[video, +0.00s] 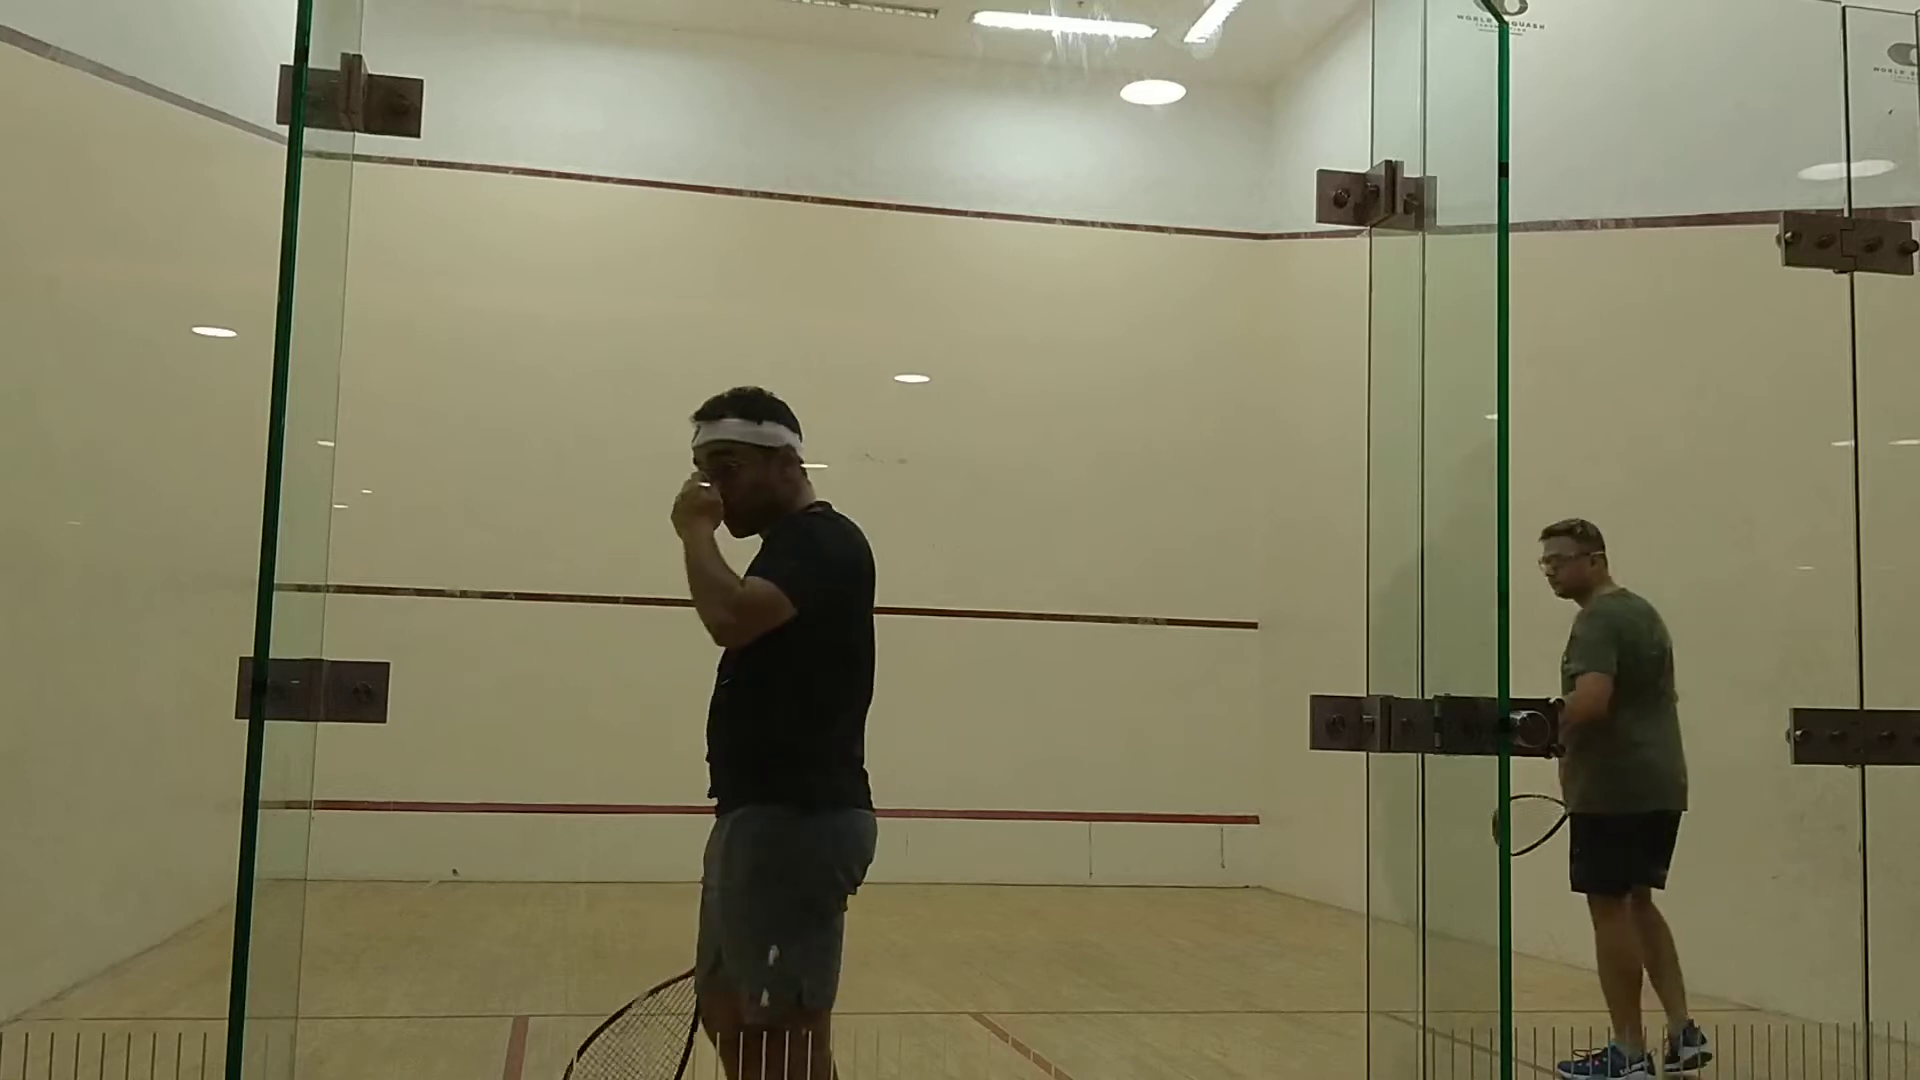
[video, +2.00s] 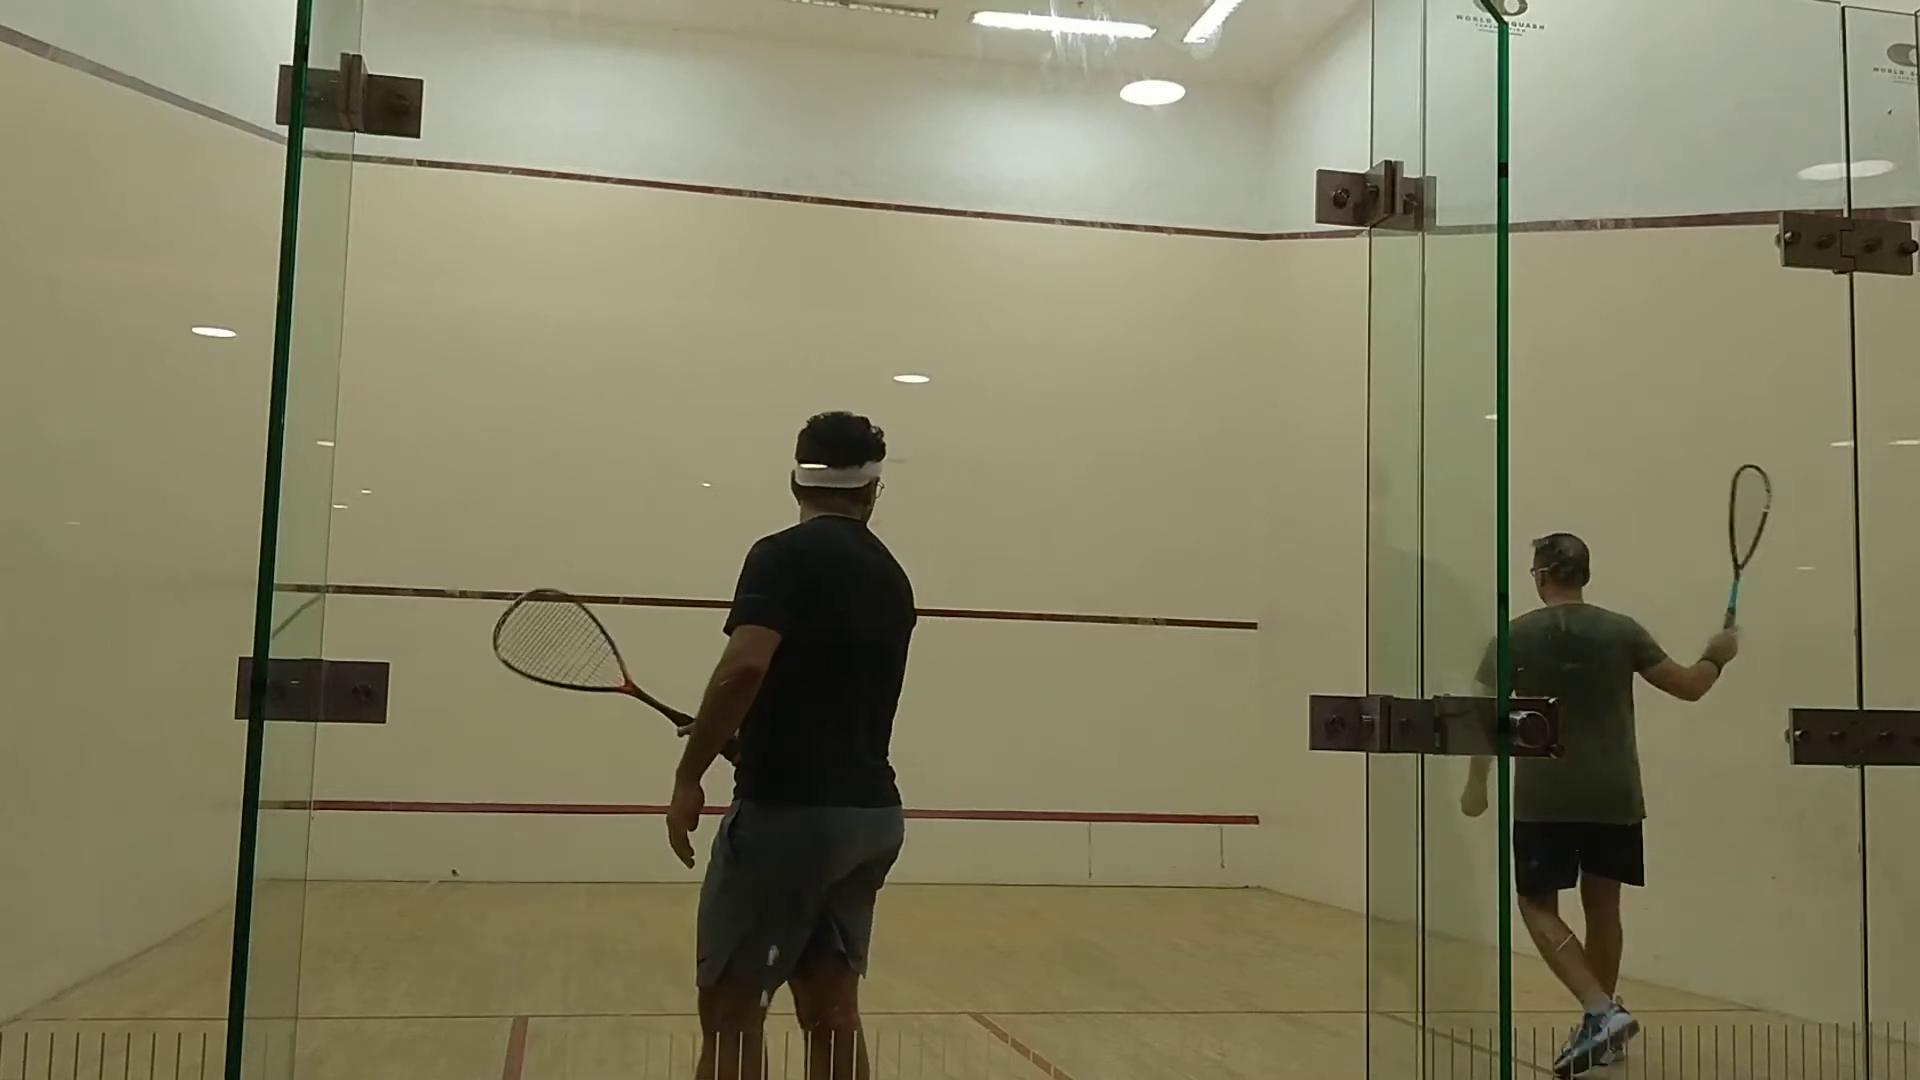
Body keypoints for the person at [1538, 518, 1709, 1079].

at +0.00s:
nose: (1548, 570)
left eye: (1557, 560)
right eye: (1546, 562)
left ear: (1593, 560)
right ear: (1598, 565)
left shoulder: (1599, 618)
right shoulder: (1640, 612)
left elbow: (1591, 700)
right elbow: (1648, 702)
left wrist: (1556, 724)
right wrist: (1572, 733)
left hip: (1611, 797)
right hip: (1656, 791)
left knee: (1609, 911)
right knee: (1638, 903)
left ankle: (1629, 1052)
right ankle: (1684, 1033)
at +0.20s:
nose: (1527, 587)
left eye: (1531, 574)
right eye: (1524, 577)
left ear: (1562, 563)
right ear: (1572, 562)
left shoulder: (1578, 624)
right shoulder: (1635, 613)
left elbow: (1540, 712)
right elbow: (1657, 698)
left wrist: (1475, 672)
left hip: (1607, 799)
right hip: (1656, 792)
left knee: (1616, 917)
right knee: (1643, 909)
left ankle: (1627, 1050)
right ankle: (1658, 1045)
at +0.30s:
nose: (1525, 593)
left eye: (1525, 580)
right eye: (1521, 583)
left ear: (1551, 567)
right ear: (1569, 563)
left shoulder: (1568, 626)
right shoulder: (1632, 612)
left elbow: (1536, 721)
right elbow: (1657, 700)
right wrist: (1575, 726)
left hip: (1606, 798)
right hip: (1660, 792)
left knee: (1617, 916)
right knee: (1646, 909)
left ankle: (1628, 1051)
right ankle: (1662, 1042)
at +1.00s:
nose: (1531, 604)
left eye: (1530, 592)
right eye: (1527, 594)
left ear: (1550, 580)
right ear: (1575, 575)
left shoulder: (1557, 623)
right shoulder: (1636, 619)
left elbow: (1538, 711)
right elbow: (1644, 708)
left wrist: (1554, 744)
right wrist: (1573, 740)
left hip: (1610, 796)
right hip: (1672, 790)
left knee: (1621, 917)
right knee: (1659, 914)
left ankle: (1629, 1052)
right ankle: (1670, 1050)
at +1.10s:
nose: (1531, 597)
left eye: (1533, 585)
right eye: (1528, 588)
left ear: (1558, 574)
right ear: (1578, 572)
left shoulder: (1553, 624)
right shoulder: (1644, 620)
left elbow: (1526, 715)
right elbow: (1676, 710)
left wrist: (1558, 742)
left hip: (1604, 796)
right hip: (1670, 791)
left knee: (1616, 916)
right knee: (1660, 912)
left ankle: (1629, 1052)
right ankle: (1670, 1049)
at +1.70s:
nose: (1525, 580)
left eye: (1528, 570)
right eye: (1525, 570)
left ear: (1544, 569)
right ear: (1580, 567)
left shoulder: (1537, 628)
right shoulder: (1628, 620)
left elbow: (1524, 720)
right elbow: (1680, 678)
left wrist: (1494, 789)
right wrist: (1722, 702)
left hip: (1583, 799)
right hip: (1641, 793)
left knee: (1606, 922)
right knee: (1616, 915)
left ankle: (1631, 1052)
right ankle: (1608, 1040)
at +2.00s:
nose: (1533, 581)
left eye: (1534, 574)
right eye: (1538, 573)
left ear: (1541, 577)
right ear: (1585, 576)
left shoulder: (1512, 638)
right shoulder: (1620, 630)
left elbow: (1484, 716)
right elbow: (1690, 687)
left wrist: (1476, 783)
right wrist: (1717, 653)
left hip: (1540, 804)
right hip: (1613, 802)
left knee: (1538, 907)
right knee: (1603, 908)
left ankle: (1604, 1013)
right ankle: (1598, 1030)